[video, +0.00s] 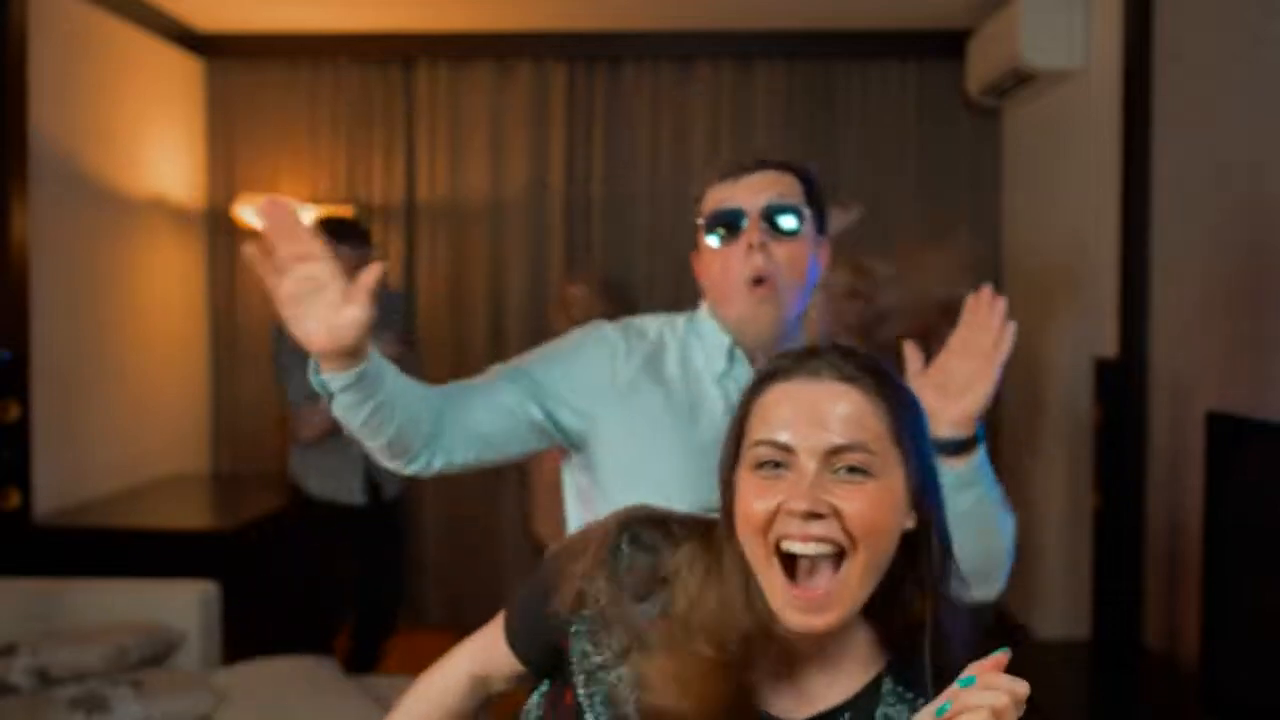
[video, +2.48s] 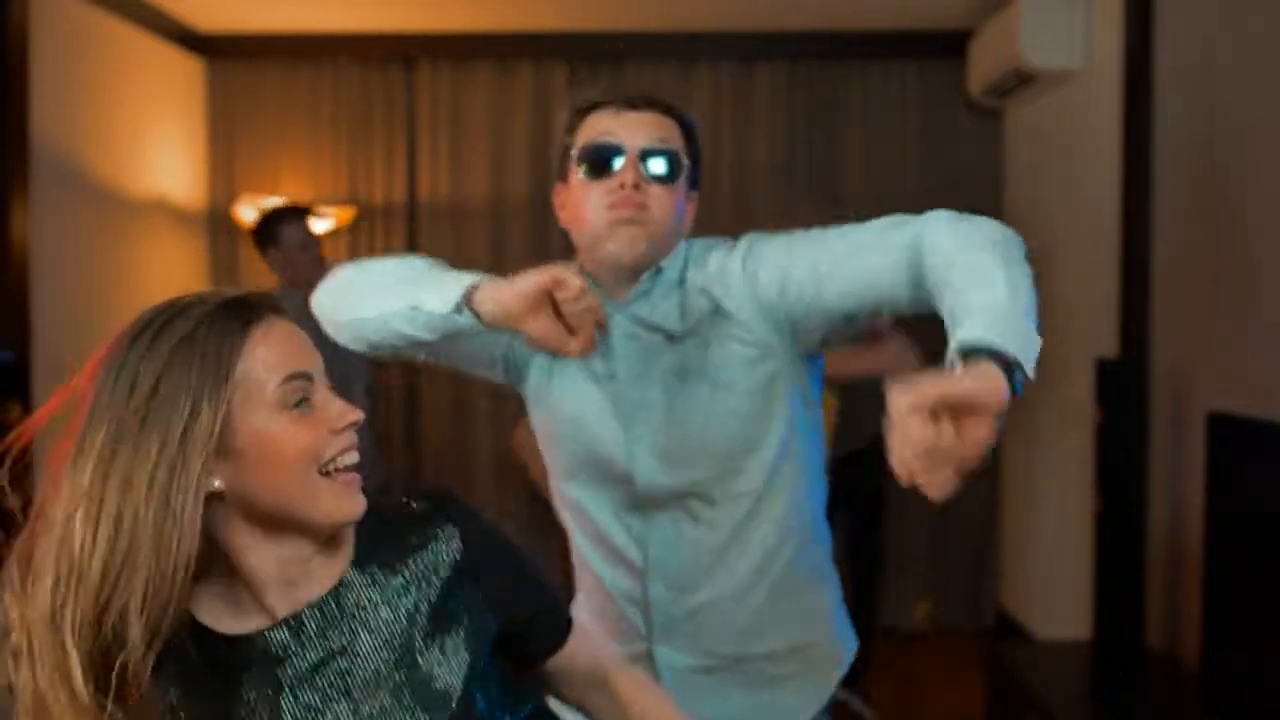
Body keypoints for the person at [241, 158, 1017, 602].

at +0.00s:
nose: (755, 247)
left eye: (784, 224)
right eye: (726, 228)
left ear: (824, 260)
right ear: (696, 266)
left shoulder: (851, 397)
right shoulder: (608, 362)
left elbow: (979, 583)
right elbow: (430, 433)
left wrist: (953, 445)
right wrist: (346, 359)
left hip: (794, 701)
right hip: (610, 693)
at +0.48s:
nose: (574, 178)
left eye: (605, 158)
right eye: (546, 161)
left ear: (647, 194)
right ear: (519, 202)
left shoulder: (734, 271)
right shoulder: (507, 334)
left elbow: (942, 277)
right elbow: (348, 454)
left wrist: (1168, 325)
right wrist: (484, 379)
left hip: (818, 616)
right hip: (641, 631)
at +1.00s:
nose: (517, 282)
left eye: (549, 260)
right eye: (493, 266)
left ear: (606, 293)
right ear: (471, 308)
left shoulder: (701, 364)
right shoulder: (491, 445)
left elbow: (953, 376)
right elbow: (327, 555)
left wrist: (1136, 513)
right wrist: (362, 475)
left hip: (794, 670)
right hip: (610, 704)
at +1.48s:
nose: (664, 136)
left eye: (693, 115)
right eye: (632, 123)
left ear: (743, 160)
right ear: (600, 170)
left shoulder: (826, 294)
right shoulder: (534, 302)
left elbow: (986, 512)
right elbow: (329, 375)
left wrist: (900, 439)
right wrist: (105, 392)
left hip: (811, 687)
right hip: (592, 684)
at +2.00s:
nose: (735, 193)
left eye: (764, 175)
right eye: (705, 179)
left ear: (805, 218)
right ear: (672, 226)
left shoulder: (852, 365)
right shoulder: (591, 325)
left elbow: (977, 547)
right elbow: (431, 389)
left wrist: (901, 359)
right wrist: (382, 317)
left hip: (783, 704)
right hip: (612, 697)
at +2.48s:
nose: (630, 180)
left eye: (658, 165)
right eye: (601, 162)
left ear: (691, 210)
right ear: (563, 206)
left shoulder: (751, 285)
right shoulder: (530, 324)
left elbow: (964, 241)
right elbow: (336, 301)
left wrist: (986, 364)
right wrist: (481, 301)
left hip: (779, 688)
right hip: (617, 687)